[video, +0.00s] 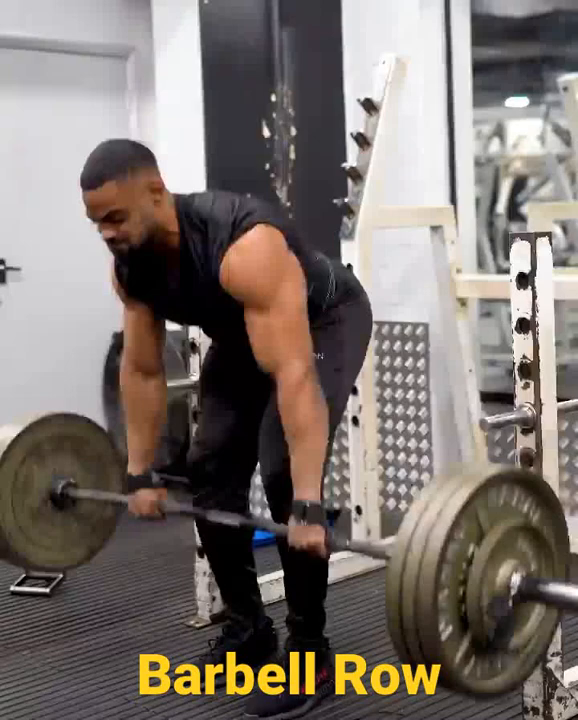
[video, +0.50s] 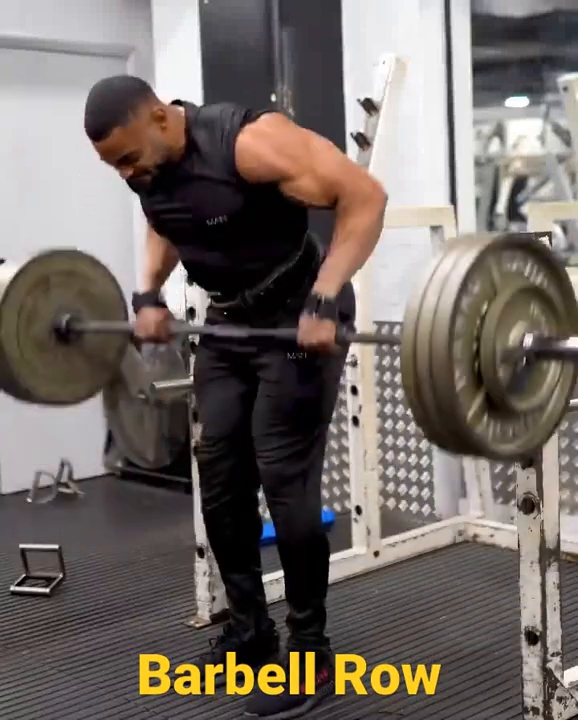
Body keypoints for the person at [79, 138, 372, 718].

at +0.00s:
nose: (107, 236)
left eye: (114, 219)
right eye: (97, 224)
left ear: (156, 192)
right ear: (91, 215)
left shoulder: (247, 247)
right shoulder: (134, 266)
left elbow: (295, 372)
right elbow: (142, 370)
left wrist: (308, 501)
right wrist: (141, 473)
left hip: (324, 317)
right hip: (242, 330)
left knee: (285, 476)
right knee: (211, 474)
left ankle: (306, 649)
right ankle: (246, 629)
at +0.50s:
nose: (126, 174)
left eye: (129, 157)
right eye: (116, 165)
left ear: (164, 115)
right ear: (105, 148)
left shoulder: (254, 141)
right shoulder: (152, 170)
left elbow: (366, 197)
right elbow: (166, 225)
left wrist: (324, 299)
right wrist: (149, 292)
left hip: (298, 322)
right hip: (225, 323)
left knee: (285, 476)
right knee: (220, 474)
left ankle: (307, 647)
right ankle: (248, 626)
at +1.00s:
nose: (137, 185)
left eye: (142, 168)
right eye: (127, 175)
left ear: (179, 132)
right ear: (120, 161)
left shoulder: (267, 172)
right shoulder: (157, 195)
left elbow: (350, 273)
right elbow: (165, 276)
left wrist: (327, 384)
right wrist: (153, 363)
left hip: (308, 336)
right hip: (238, 339)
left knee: (302, 488)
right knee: (226, 484)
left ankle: (311, 649)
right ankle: (248, 628)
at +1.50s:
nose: (112, 220)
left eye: (116, 203)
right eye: (103, 210)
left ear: (156, 170)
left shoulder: (251, 230)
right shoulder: (137, 248)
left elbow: (302, 358)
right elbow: (147, 352)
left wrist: (315, 483)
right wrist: (147, 453)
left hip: (322, 310)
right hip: (243, 322)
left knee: (293, 465)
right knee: (217, 465)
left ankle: (309, 649)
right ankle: (247, 626)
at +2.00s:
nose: (114, 218)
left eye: (122, 201)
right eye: (106, 205)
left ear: (167, 179)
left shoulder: (256, 236)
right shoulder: (143, 257)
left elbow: (308, 360)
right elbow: (151, 359)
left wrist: (313, 489)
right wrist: (148, 465)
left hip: (331, 313)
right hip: (250, 324)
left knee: (293, 474)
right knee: (220, 467)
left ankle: (308, 649)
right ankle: (247, 627)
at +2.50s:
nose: (136, 157)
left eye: (142, 140)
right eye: (126, 147)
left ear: (181, 108)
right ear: (121, 134)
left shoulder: (267, 134)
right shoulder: (160, 163)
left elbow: (379, 188)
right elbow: (178, 217)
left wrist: (331, 288)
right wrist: (161, 284)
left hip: (309, 323)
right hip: (238, 322)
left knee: (295, 477)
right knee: (232, 476)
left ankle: (311, 653)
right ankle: (253, 626)